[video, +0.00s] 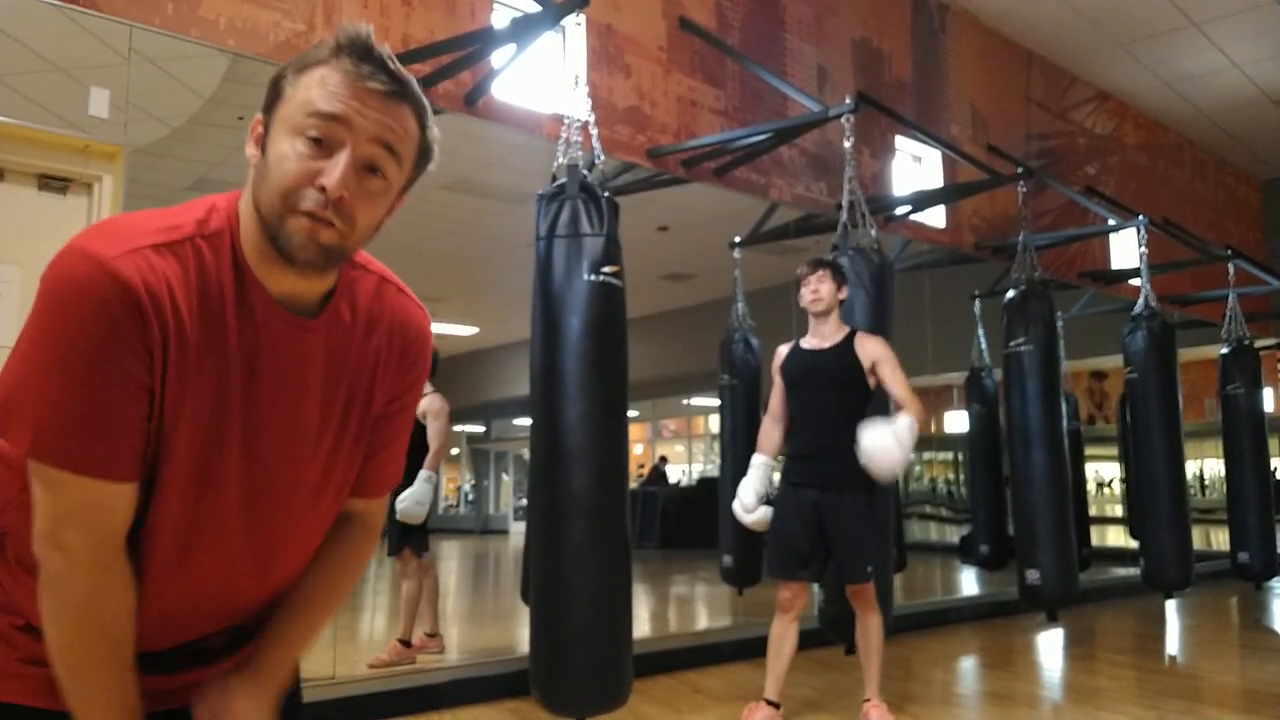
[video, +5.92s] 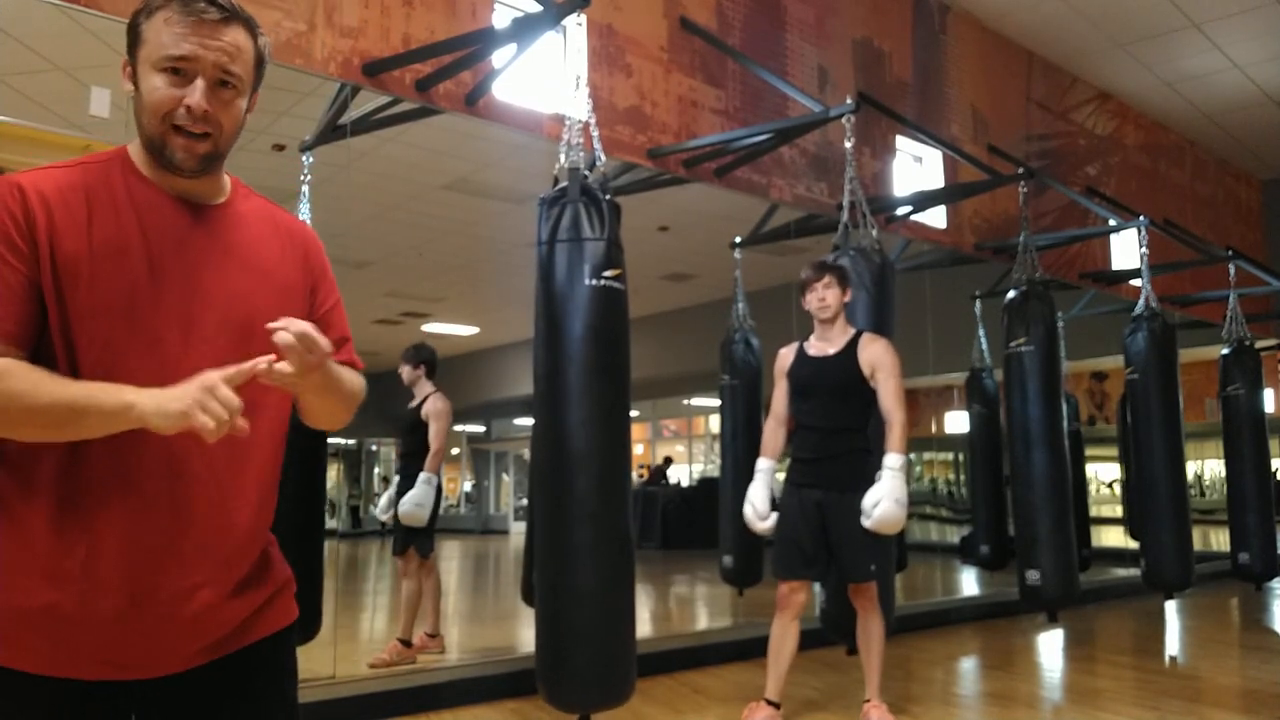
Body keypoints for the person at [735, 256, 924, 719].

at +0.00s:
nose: (811, 287)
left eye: (820, 280)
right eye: (805, 283)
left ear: (841, 291)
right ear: (799, 298)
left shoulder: (868, 346)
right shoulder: (786, 355)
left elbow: (913, 408)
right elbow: (773, 421)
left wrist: (898, 436)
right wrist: (757, 478)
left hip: (855, 493)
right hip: (799, 493)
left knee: (863, 597)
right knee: (787, 599)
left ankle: (873, 700)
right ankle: (769, 703)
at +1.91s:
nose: (829, 291)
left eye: (837, 284)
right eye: (821, 286)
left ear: (850, 295)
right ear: (808, 297)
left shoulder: (875, 350)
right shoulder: (787, 354)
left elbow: (895, 416)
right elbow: (772, 419)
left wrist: (896, 471)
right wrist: (760, 475)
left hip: (858, 491)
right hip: (801, 490)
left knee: (865, 595)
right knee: (788, 597)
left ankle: (872, 700)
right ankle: (771, 702)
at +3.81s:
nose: (831, 293)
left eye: (838, 287)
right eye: (823, 288)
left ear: (852, 296)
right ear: (811, 298)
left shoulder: (879, 351)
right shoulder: (791, 356)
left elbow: (898, 417)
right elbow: (776, 422)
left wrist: (899, 474)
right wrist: (762, 479)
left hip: (860, 492)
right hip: (802, 491)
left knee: (866, 597)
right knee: (788, 598)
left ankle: (873, 701)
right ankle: (770, 703)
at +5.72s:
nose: (824, 296)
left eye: (832, 288)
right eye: (816, 290)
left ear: (848, 296)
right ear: (807, 300)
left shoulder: (875, 351)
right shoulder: (788, 356)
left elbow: (895, 418)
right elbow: (774, 422)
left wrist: (894, 476)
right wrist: (761, 479)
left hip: (858, 492)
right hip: (801, 492)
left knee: (865, 597)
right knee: (789, 599)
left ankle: (873, 700)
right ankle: (771, 702)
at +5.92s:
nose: (817, 295)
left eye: (826, 288)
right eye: (810, 290)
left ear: (845, 294)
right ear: (804, 300)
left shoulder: (874, 349)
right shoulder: (789, 356)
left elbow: (895, 417)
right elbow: (776, 422)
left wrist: (893, 475)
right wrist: (762, 479)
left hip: (857, 492)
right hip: (801, 492)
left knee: (865, 596)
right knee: (787, 597)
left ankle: (873, 700)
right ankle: (771, 702)